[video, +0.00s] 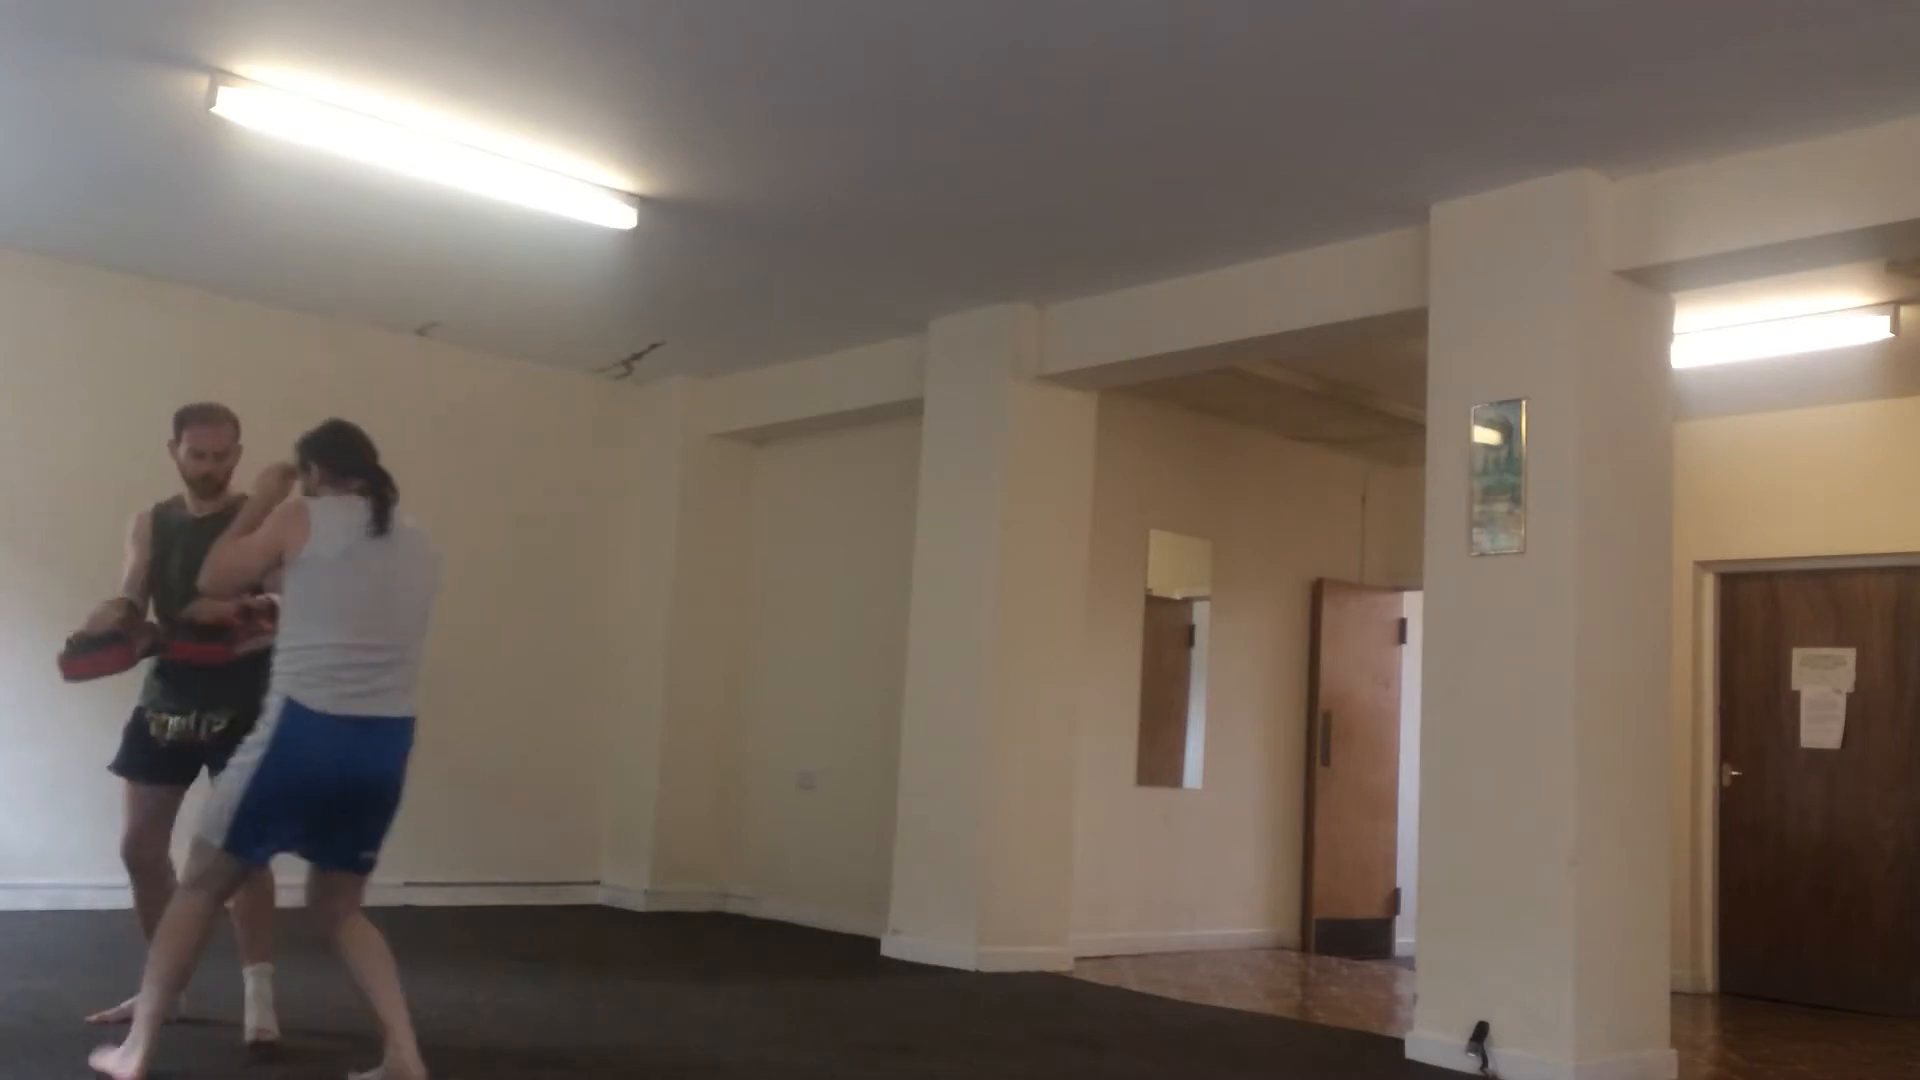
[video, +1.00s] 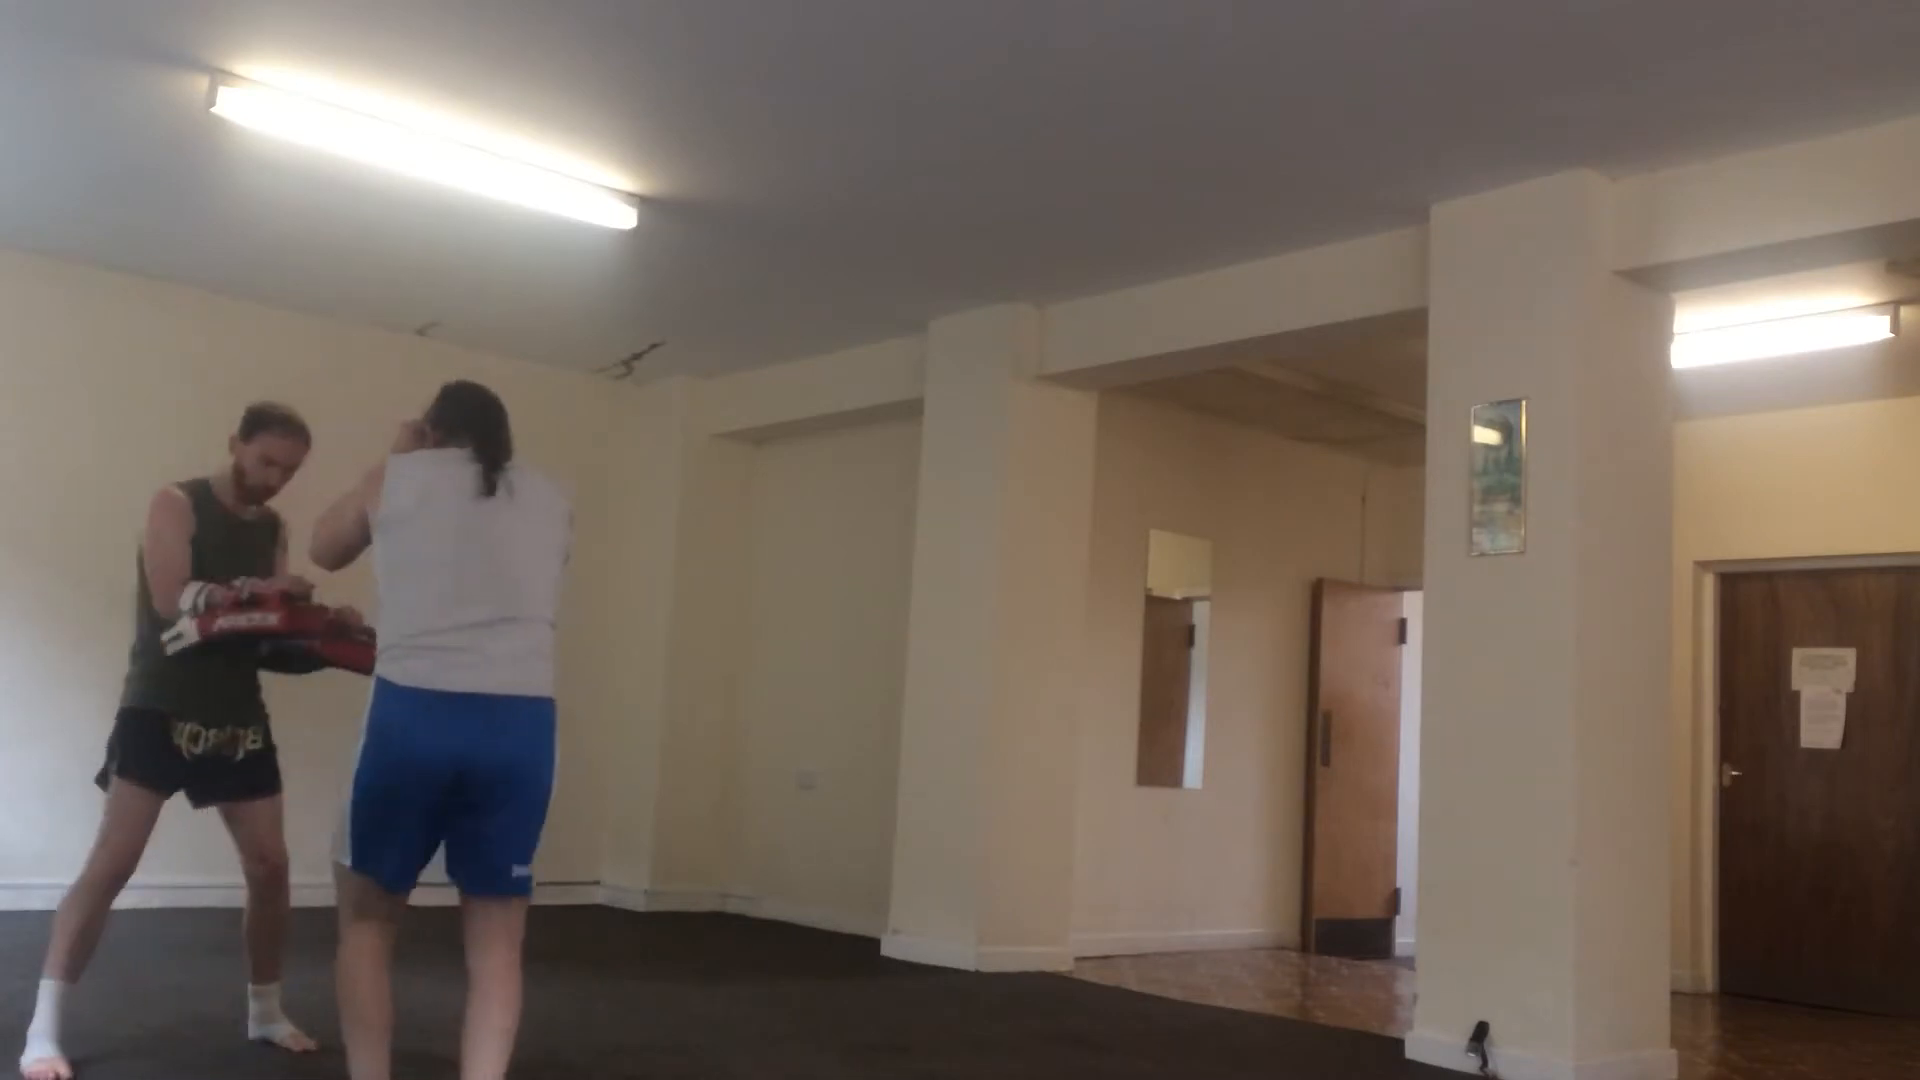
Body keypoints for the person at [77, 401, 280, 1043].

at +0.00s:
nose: (208, 467)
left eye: (220, 456)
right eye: (197, 455)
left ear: (239, 454)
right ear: (174, 454)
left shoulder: (262, 519)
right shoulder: (154, 522)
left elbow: (287, 602)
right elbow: (131, 605)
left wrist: (247, 617)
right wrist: (111, 620)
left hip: (244, 702)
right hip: (170, 698)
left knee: (244, 852)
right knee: (141, 848)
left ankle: (259, 998)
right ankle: (163, 983)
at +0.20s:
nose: (243, 484)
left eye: (255, 475)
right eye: (234, 471)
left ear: (270, 471)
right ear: (212, 460)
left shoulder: (284, 532)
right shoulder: (181, 524)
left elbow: (312, 615)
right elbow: (142, 601)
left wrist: (298, 542)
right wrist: (132, 528)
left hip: (243, 709)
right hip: (167, 705)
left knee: (256, 855)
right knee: (157, 847)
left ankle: (269, 1001)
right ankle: (165, 988)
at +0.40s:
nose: (288, 497)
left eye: (300, 486)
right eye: (279, 483)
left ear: (314, 482)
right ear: (260, 468)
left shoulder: (310, 526)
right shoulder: (216, 501)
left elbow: (332, 598)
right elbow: (192, 568)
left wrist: (329, 512)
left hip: (264, 709)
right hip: (188, 702)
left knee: (267, 864)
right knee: (154, 853)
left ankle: (268, 1013)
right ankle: (163, 986)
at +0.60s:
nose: (334, 480)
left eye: (340, 471)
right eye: (326, 468)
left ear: (341, 468)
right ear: (298, 459)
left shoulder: (333, 519)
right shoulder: (247, 492)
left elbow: (355, 600)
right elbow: (215, 569)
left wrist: (349, 503)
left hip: (279, 711)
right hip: (200, 701)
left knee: (278, 865)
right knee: (128, 852)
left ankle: (268, 1014)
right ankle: (128, 975)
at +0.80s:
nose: (305, 480)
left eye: (320, 471)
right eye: (297, 464)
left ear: (335, 474)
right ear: (273, 450)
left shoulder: (328, 525)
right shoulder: (217, 502)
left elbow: (336, 646)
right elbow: (185, 597)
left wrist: (348, 590)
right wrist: (230, 555)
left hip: (274, 707)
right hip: (192, 698)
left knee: (277, 867)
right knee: (123, 857)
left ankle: (269, 1015)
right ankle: (59, 1013)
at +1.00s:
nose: (274, 480)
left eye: (287, 471)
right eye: (268, 464)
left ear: (293, 470)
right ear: (238, 444)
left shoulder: (271, 526)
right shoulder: (176, 505)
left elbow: (264, 618)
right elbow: (171, 600)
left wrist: (322, 621)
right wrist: (269, 594)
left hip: (237, 707)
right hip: (161, 706)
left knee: (269, 866)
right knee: (112, 863)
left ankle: (266, 1014)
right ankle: (43, 1030)